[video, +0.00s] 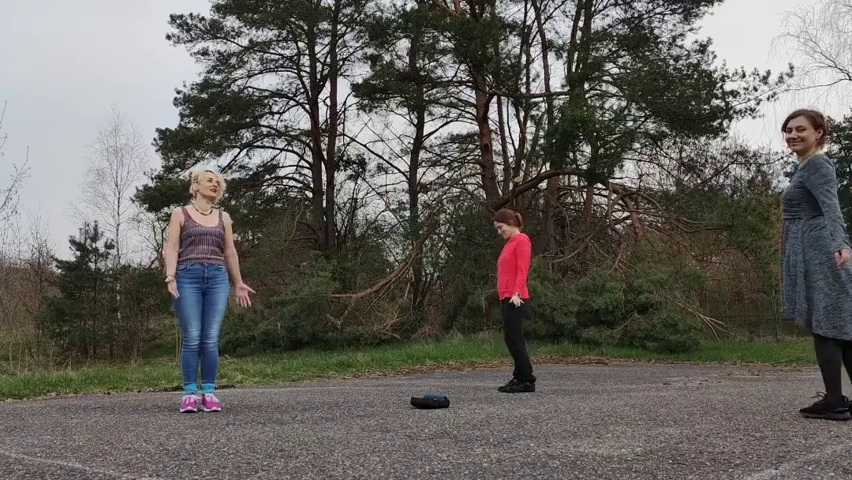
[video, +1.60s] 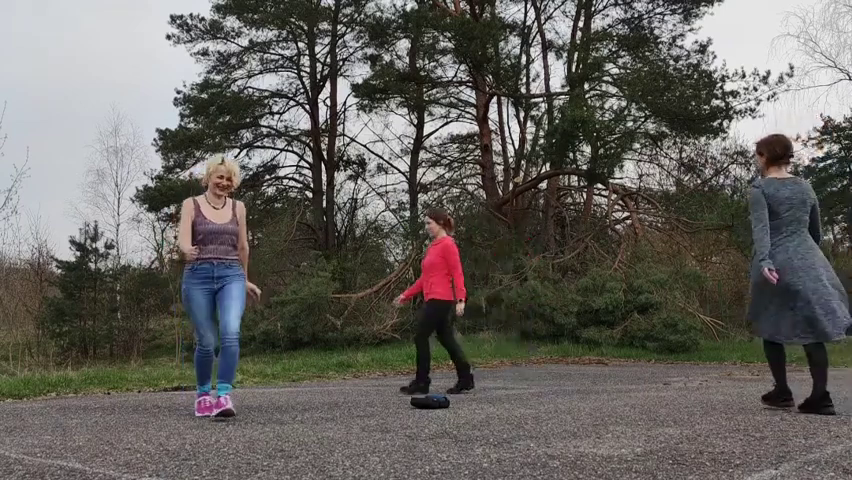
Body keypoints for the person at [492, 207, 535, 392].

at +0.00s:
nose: (499, 232)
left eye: (500, 228)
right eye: (497, 229)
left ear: (511, 224)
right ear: (506, 226)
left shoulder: (522, 241)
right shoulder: (511, 243)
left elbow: (523, 268)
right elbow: (510, 269)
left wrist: (517, 292)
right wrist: (505, 292)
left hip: (515, 298)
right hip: (506, 297)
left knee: (514, 339)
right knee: (512, 339)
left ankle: (525, 379)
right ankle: (520, 377)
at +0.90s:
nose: (487, 232)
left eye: (489, 227)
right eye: (485, 229)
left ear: (500, 225)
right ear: (489, 229)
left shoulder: (511, 245)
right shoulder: (495, 246)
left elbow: (516, 271)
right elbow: (498, 272)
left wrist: (509, 292)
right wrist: (492, 292)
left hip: (511, 300)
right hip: (496, 301)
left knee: (511, 340)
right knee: (487, 338)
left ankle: (527, 380)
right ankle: (506, 377)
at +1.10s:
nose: (473, 230)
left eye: (475, 225)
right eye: (472, 227)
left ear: (486, 222)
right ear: (480, 225)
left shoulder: (495, 240)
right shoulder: (488, 242)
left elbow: (480, 263)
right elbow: (501, 272)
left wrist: (456, 266)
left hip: (497, 298)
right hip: (485, 298)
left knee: (507, 336)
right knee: (472, 334)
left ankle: (525, 377)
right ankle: (467, 378)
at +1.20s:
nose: (465, 230)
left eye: (467, 226)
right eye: (464, 227)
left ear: (478, 223)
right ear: (475, 225)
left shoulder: (485, 241)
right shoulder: (482, 241)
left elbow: (468, 260)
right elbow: (495, 269)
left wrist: (442, 266)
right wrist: (502, 294)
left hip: (487, 298)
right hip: (475, 299)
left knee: (497, 336)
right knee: (466, 336)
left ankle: (521, 375)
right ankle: (467, 380)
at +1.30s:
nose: (456, 230)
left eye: (458, 226)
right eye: (455, 227)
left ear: (469, 224)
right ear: (468, 226)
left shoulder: (475, 244)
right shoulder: (475, 244)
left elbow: (457, 267)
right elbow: (484, 275)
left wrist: (434, 276)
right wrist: (487, 300)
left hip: (472, 300)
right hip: (466, 300)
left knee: (474, 340)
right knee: (463, 341)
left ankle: (509, 369)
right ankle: (468, 382)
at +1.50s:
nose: (437, 229)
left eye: (439, 225)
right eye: (436, 225)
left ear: (449, 224)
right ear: (446, 226)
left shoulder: (458, 244)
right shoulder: (445, 246)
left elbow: (456, 275)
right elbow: (440, 279)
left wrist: (450, 299)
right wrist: (427, 300)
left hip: (452, 300)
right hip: (443, 299)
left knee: (430, 335)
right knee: (456, 340)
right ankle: (467, 382)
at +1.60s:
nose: (426, 227)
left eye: (429, 223)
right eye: (426, 224)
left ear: (440, 223)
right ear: (435, 225)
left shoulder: (448, 244)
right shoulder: (433, 246)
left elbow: (457, 271)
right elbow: (425, 278)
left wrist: (460, 299)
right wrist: (406, 295)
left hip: (441, 299)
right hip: (434, 299)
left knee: (421, 337)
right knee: (447, 338)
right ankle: (465, 378)